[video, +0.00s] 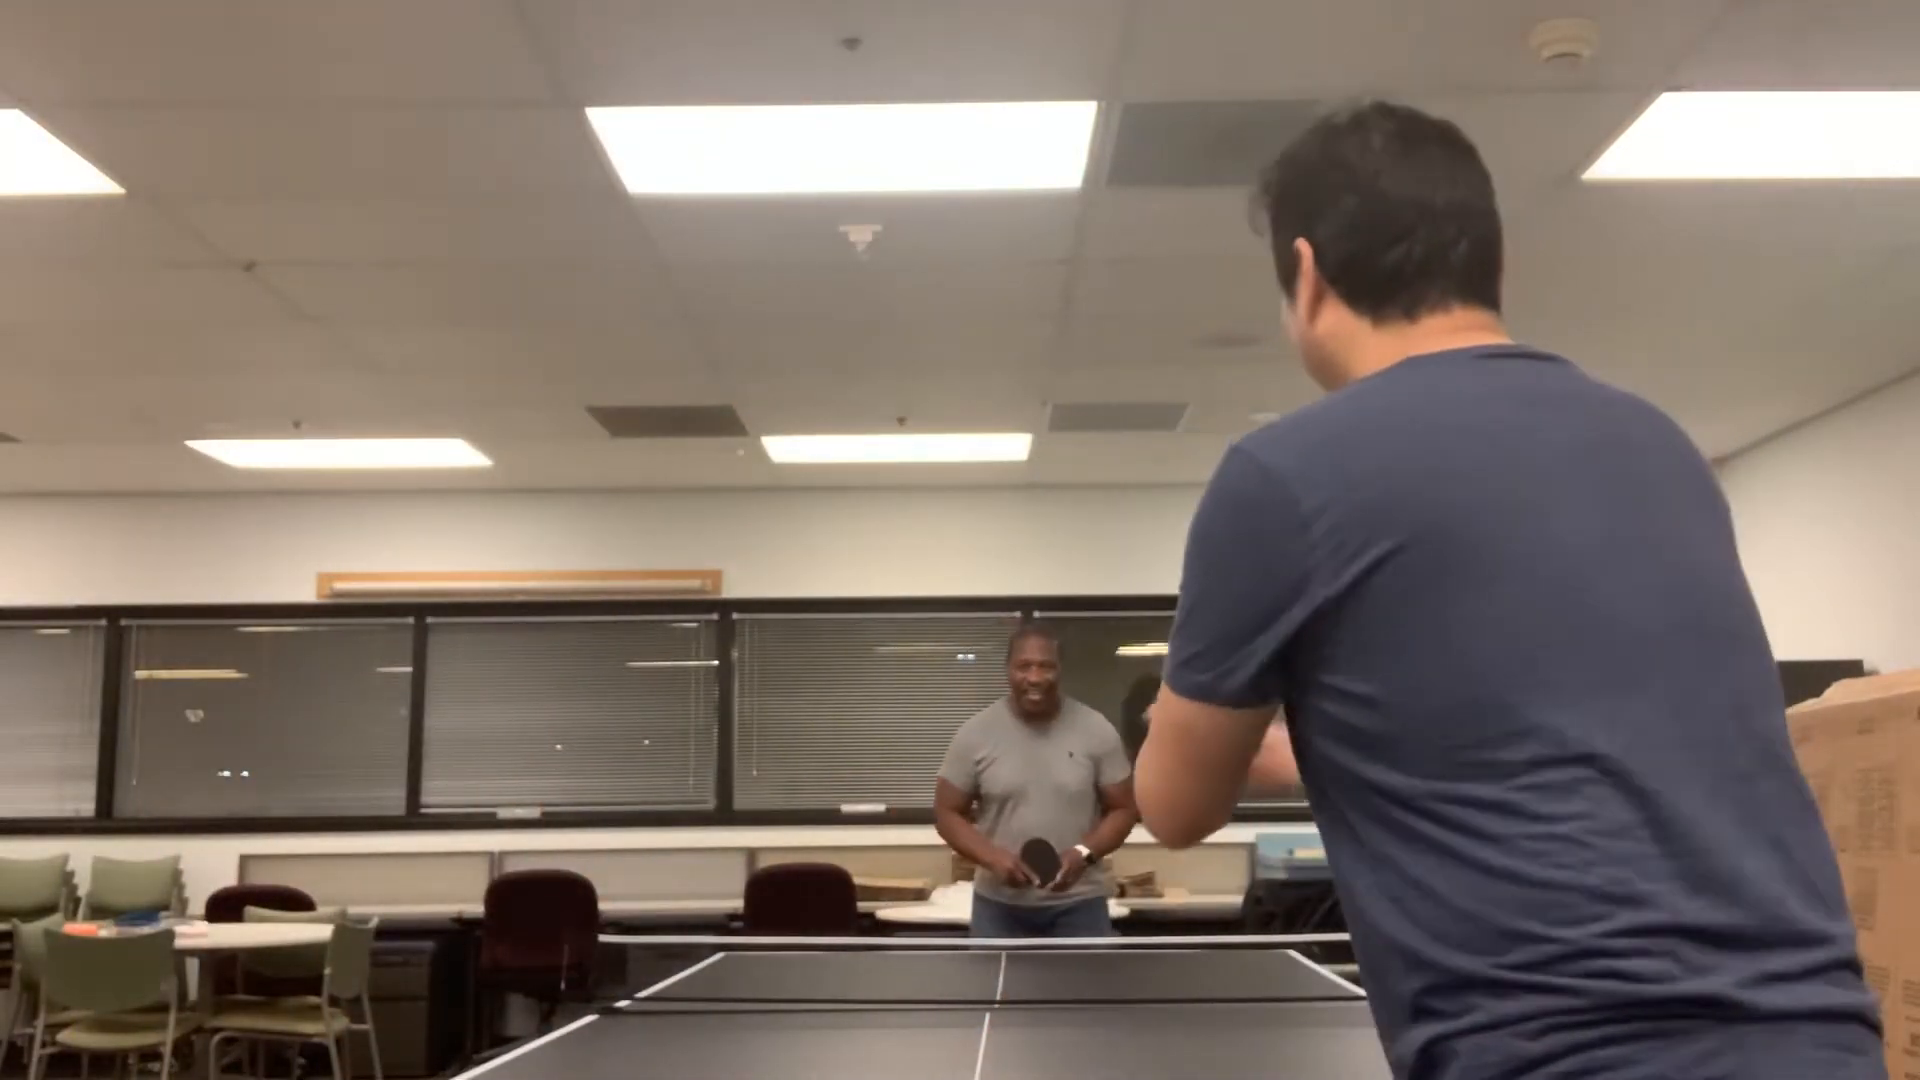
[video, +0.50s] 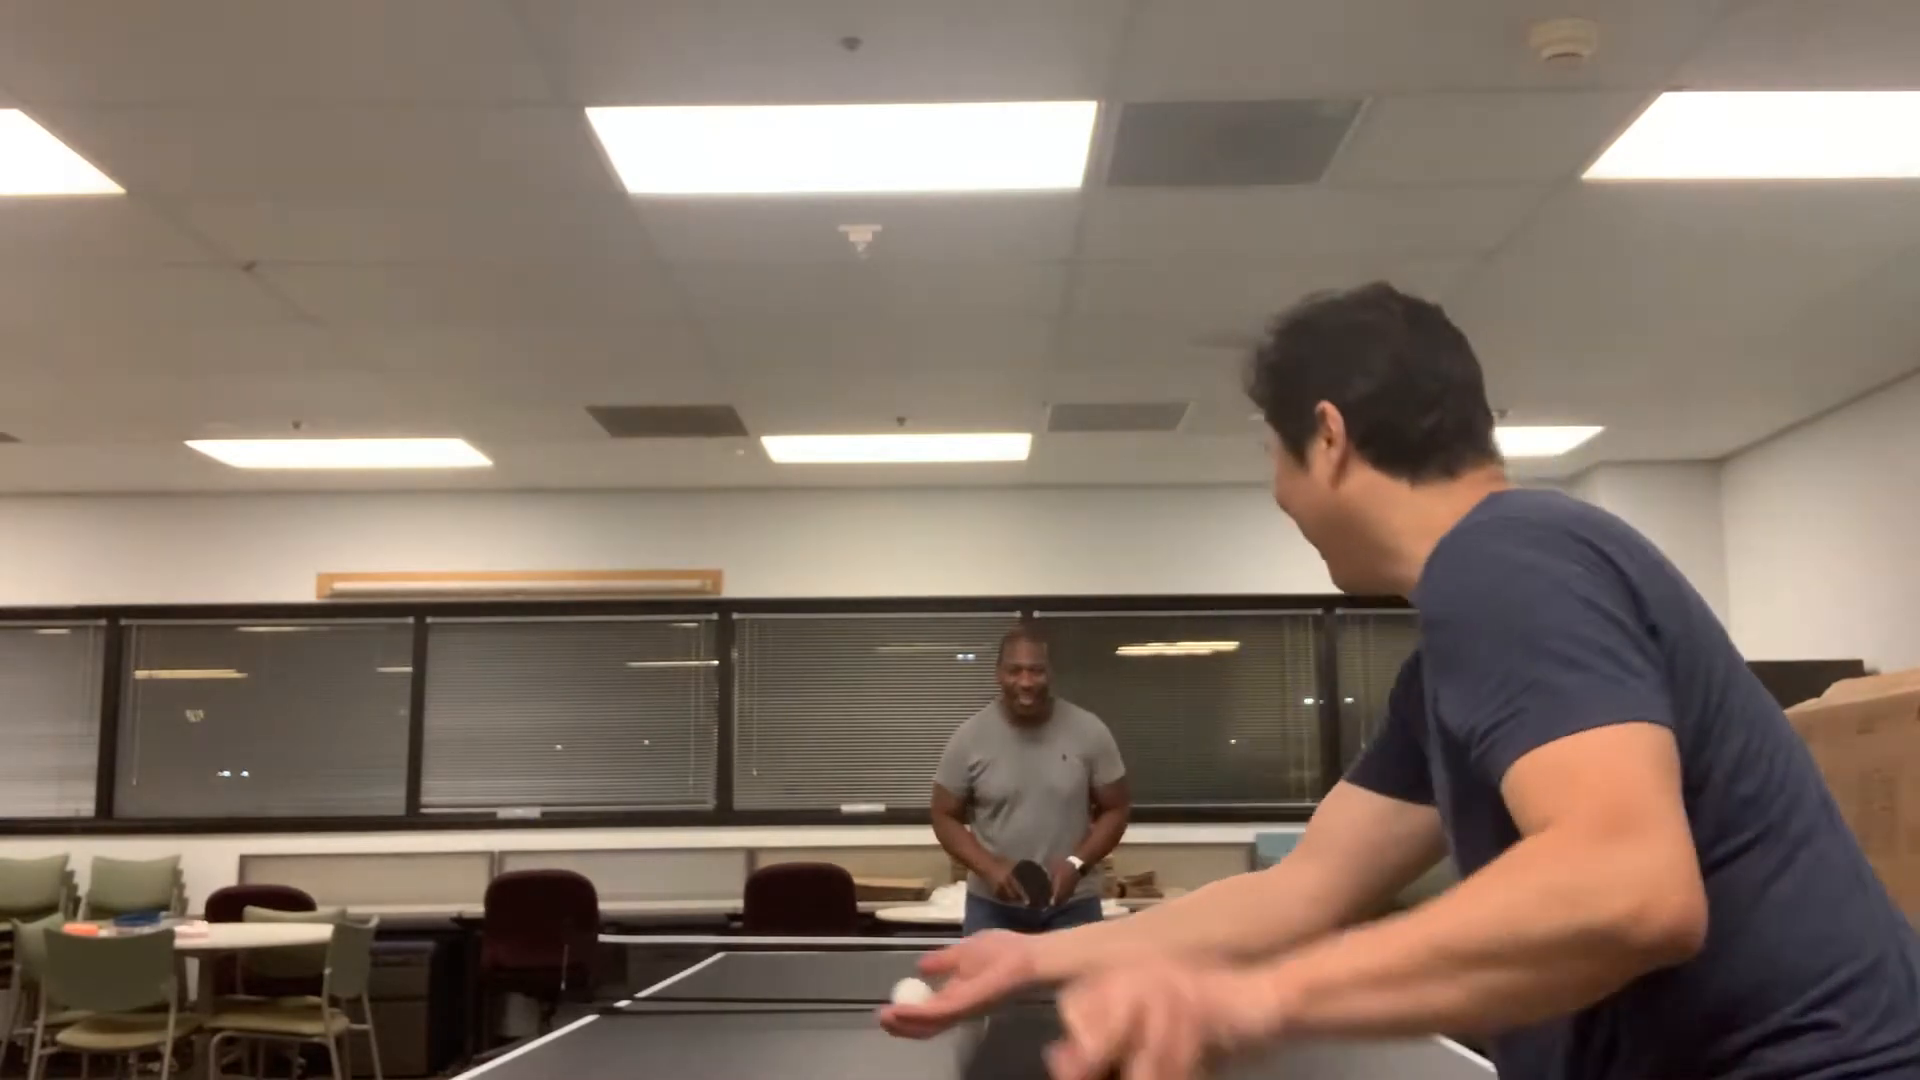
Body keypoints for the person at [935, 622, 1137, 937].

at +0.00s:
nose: (1035, 678)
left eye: (1046, 667)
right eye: (1024, 667)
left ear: (1059, 671)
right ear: (1008, 671)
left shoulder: (1094, 730)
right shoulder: (976, 733)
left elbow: (1125, 808)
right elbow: (947, 814)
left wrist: (1084, 853)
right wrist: (994, 857)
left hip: (1078, 906)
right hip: (999, 906)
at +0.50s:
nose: (1026, 681)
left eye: (1036, 671)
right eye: (1015, 671)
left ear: (1050, 674)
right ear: (999, 675)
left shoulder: (1088, 732)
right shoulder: (971, 737)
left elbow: (1116, 809)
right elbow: (943, 816)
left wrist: (1075, 864)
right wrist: (991, 868)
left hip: (1072, 908)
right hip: (993, 908)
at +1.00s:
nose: (1031, 669)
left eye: (1042, 658)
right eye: (1020, 659)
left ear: (1062, 663)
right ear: (1007, 665)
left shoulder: (1094, 719)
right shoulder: (985, 726)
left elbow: (1140, 797)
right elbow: (960, 805)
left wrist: (1075, 835)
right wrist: (992, 848)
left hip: (1088, 903)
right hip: (1009, 902)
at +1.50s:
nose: (1052, 694)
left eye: (1064, 682)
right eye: (1043, 683)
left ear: (1087, 681)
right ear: (1033, 682)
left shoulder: (1132, 730)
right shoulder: (1013, 728)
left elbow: (1173, 796)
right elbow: (993, 795)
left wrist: (1151, 871)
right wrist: (1003, 853)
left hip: (1107, 916)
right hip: (1035, 914)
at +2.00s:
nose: (1124, 673)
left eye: (1138, 661)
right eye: (1116, 660)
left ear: (1162, 661)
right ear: (1105, 659)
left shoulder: (1200, 712)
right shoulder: (1080, 699)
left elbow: (1250, 788)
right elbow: (1042, 769)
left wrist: (1265, 879)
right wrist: (1049, 817)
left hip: (1165, 894)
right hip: (1088, 887)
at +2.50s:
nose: (1085, 678)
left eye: (1096, 667)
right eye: (1076, 667)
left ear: (1112, 671)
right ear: (1062, 671)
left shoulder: (1147, 730)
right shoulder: (1027, 726)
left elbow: (1175, 812)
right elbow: (986, 798)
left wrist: (1184, 898)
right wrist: (1016, 859)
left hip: (1124, 902)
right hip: (1050, 902)